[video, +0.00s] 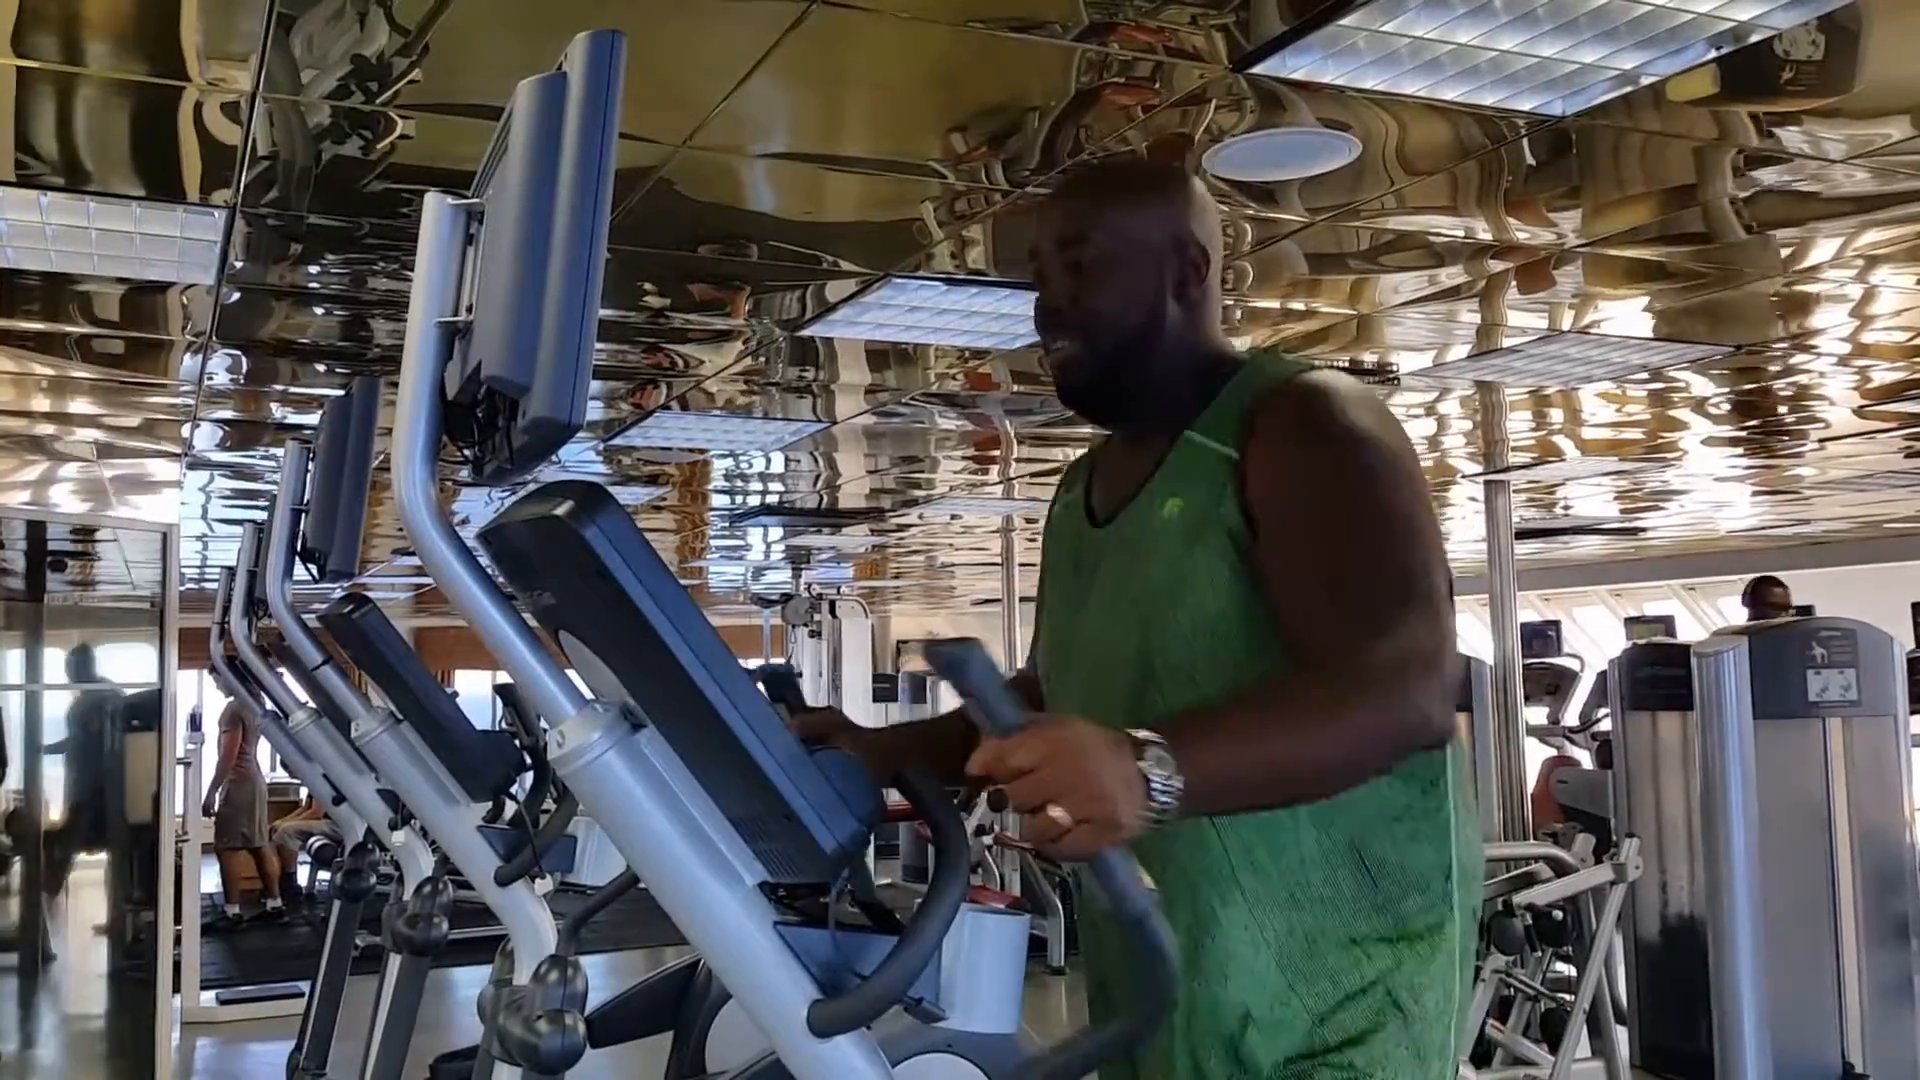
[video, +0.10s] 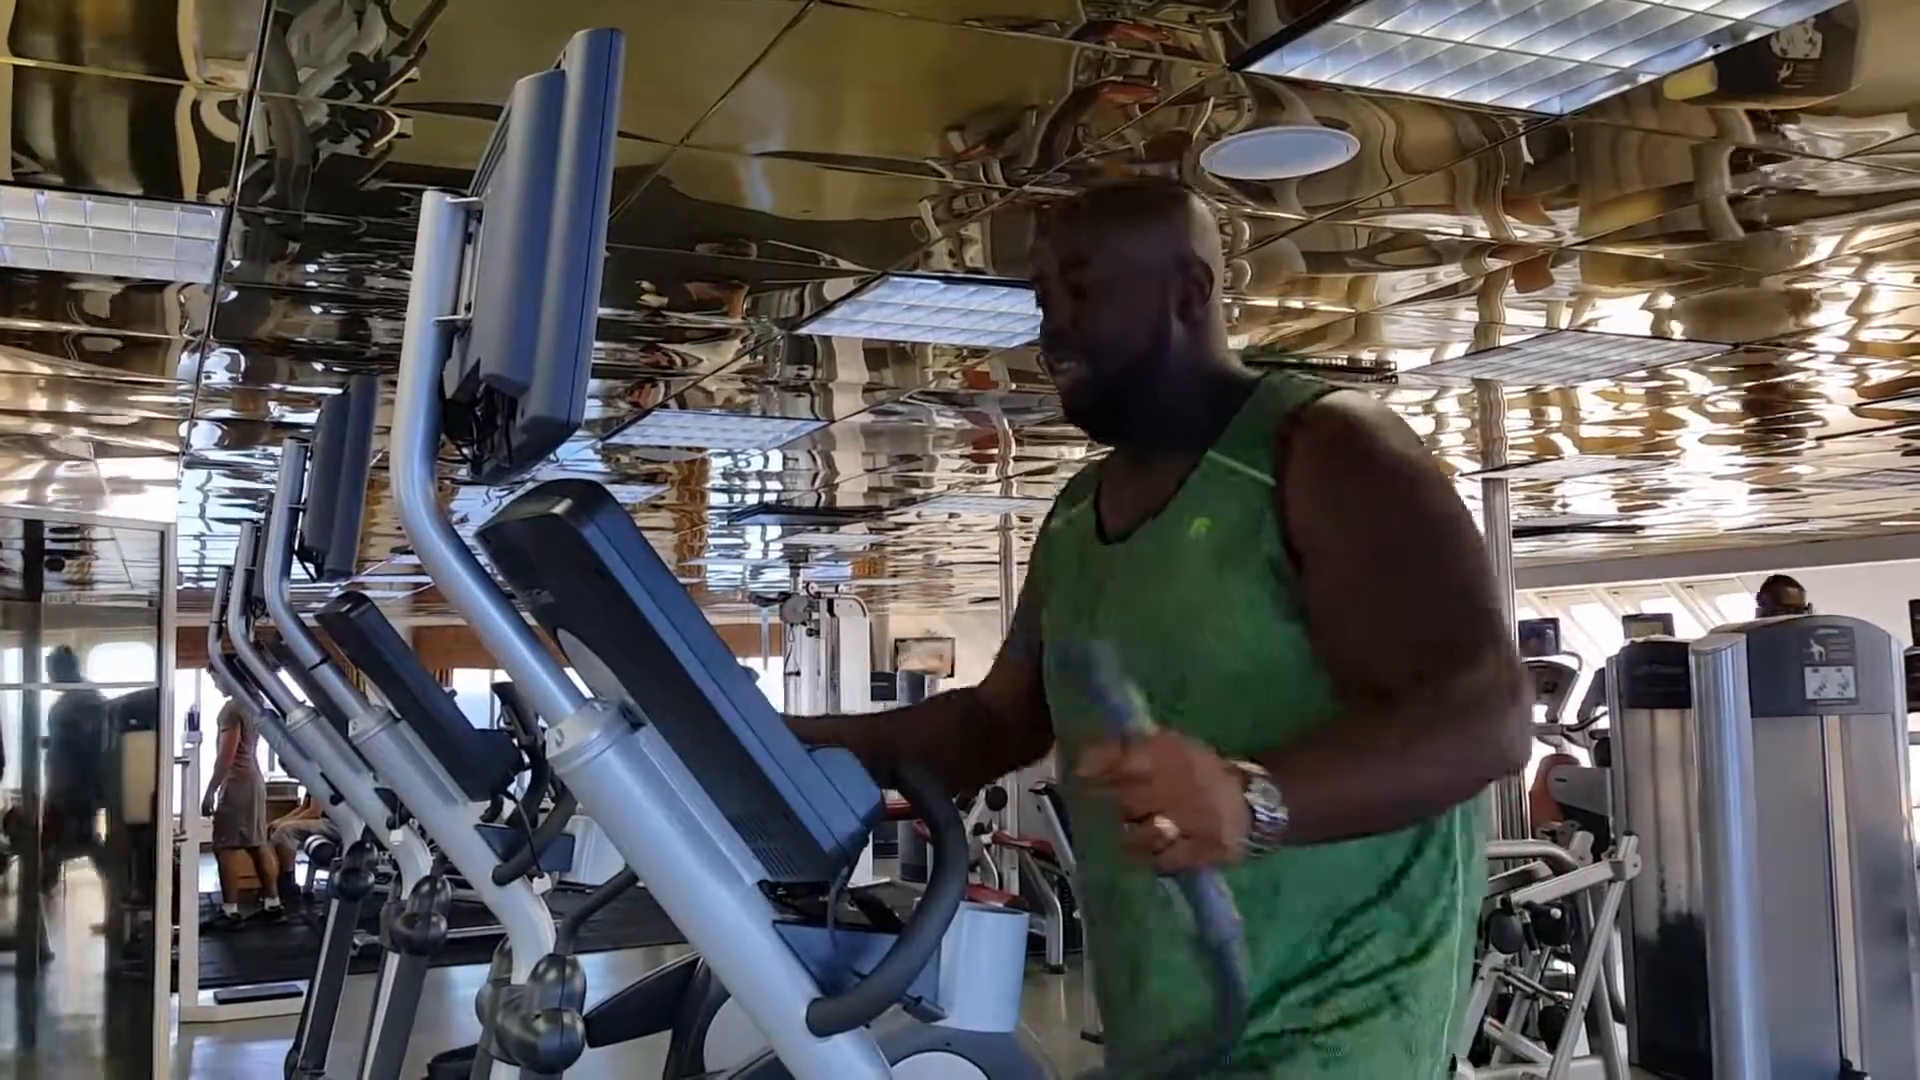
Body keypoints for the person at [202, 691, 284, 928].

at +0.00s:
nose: (214, 683)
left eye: (216, 677)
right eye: (213, 678)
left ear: (229, 676)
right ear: (236, 676)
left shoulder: (234, 709)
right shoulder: (254, 705)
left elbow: (228, 758)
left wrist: (211, 793)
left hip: (238, 783)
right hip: (256, 781)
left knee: (226, 847)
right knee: (260, 844)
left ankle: (232, 909)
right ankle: (275, 903)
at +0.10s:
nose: (212, 678)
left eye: (214, 673)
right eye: (211, 674)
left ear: (227, 673)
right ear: (233, 675)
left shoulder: (232, 709)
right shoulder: (252, 704)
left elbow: (226, 757)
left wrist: (210, 792)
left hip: (237, 783)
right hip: (255, 781)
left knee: (223, 846)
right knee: (258, 843)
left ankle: (230, 908)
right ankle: (273, 902)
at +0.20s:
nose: (212, 679)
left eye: (215, 671)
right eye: (211, 672)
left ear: (229, 674)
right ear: (237, 676)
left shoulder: (231, 709)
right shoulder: (251, 705)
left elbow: (225, 757)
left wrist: (208, 792)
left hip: (236, 782)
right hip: (254, 780)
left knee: (224, 847)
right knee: (258, 843)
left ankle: (229, 909)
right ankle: (272, 903)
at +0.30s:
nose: (211, 674)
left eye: (214, 668)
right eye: (210, 668)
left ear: (227, 673)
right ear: (239, 675)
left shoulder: (232, 708)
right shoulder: (252, 705)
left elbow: (225, 758)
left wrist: (208, 793)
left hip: (237, 782)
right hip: (255, 780)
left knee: (225, 846)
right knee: (258, 843)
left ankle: (229, 910)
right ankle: (271, 904)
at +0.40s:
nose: (214, 674)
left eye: (217, 666)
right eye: (213, 666)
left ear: (230, 673)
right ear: (241, 675)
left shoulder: (235, 708)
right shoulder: (252, 704)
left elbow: (227, 758)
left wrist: (209, 792)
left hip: (238, 781)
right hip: (256, 779)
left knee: (225, 846)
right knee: (258, 843)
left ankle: (228, 908)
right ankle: (271, 903)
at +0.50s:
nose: (217, 678)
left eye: (220, 671)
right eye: (217, 671)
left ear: (233, 676)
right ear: (243, 676)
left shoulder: (236, 708)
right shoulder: (253, 704)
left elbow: (229, 758)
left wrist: (211, 792)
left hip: (238, 781)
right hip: (256, 780)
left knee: (225, 846)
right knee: (259, 843)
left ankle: (228, 909)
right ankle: (271, 903)